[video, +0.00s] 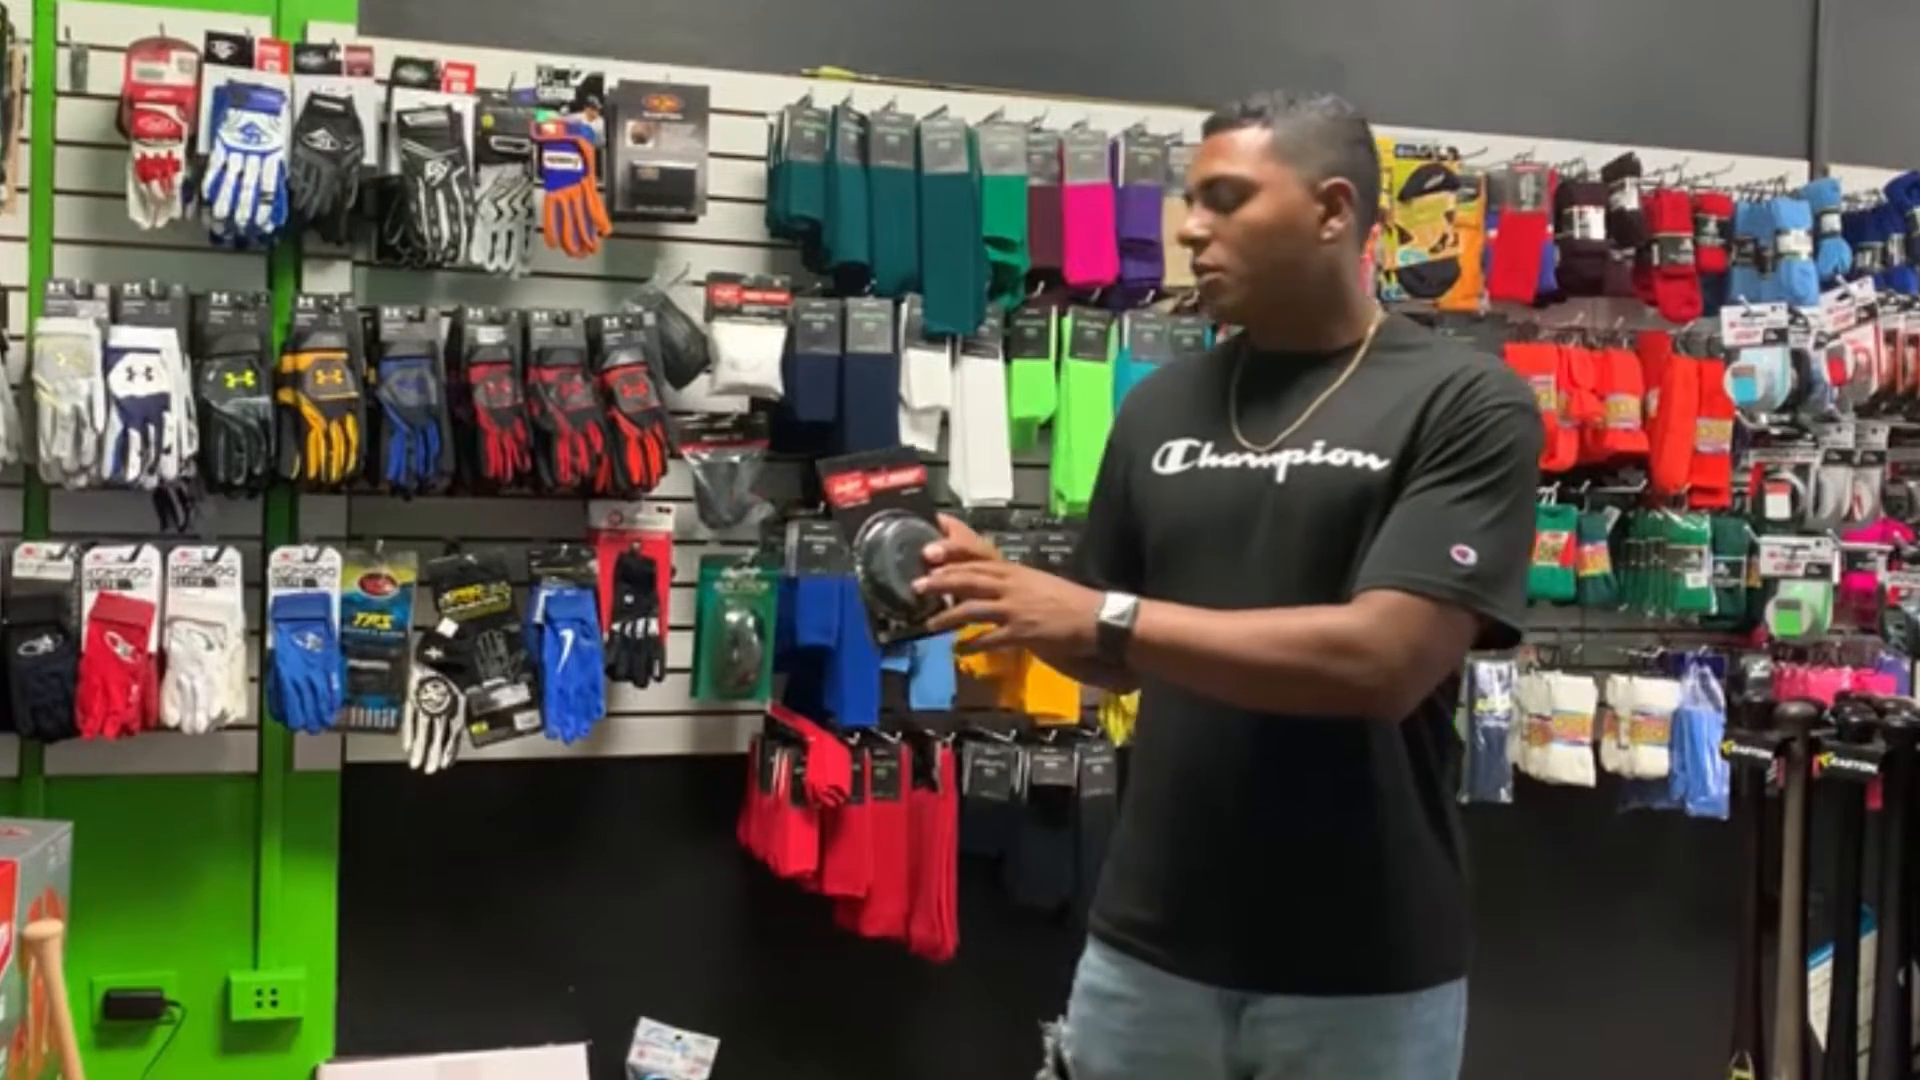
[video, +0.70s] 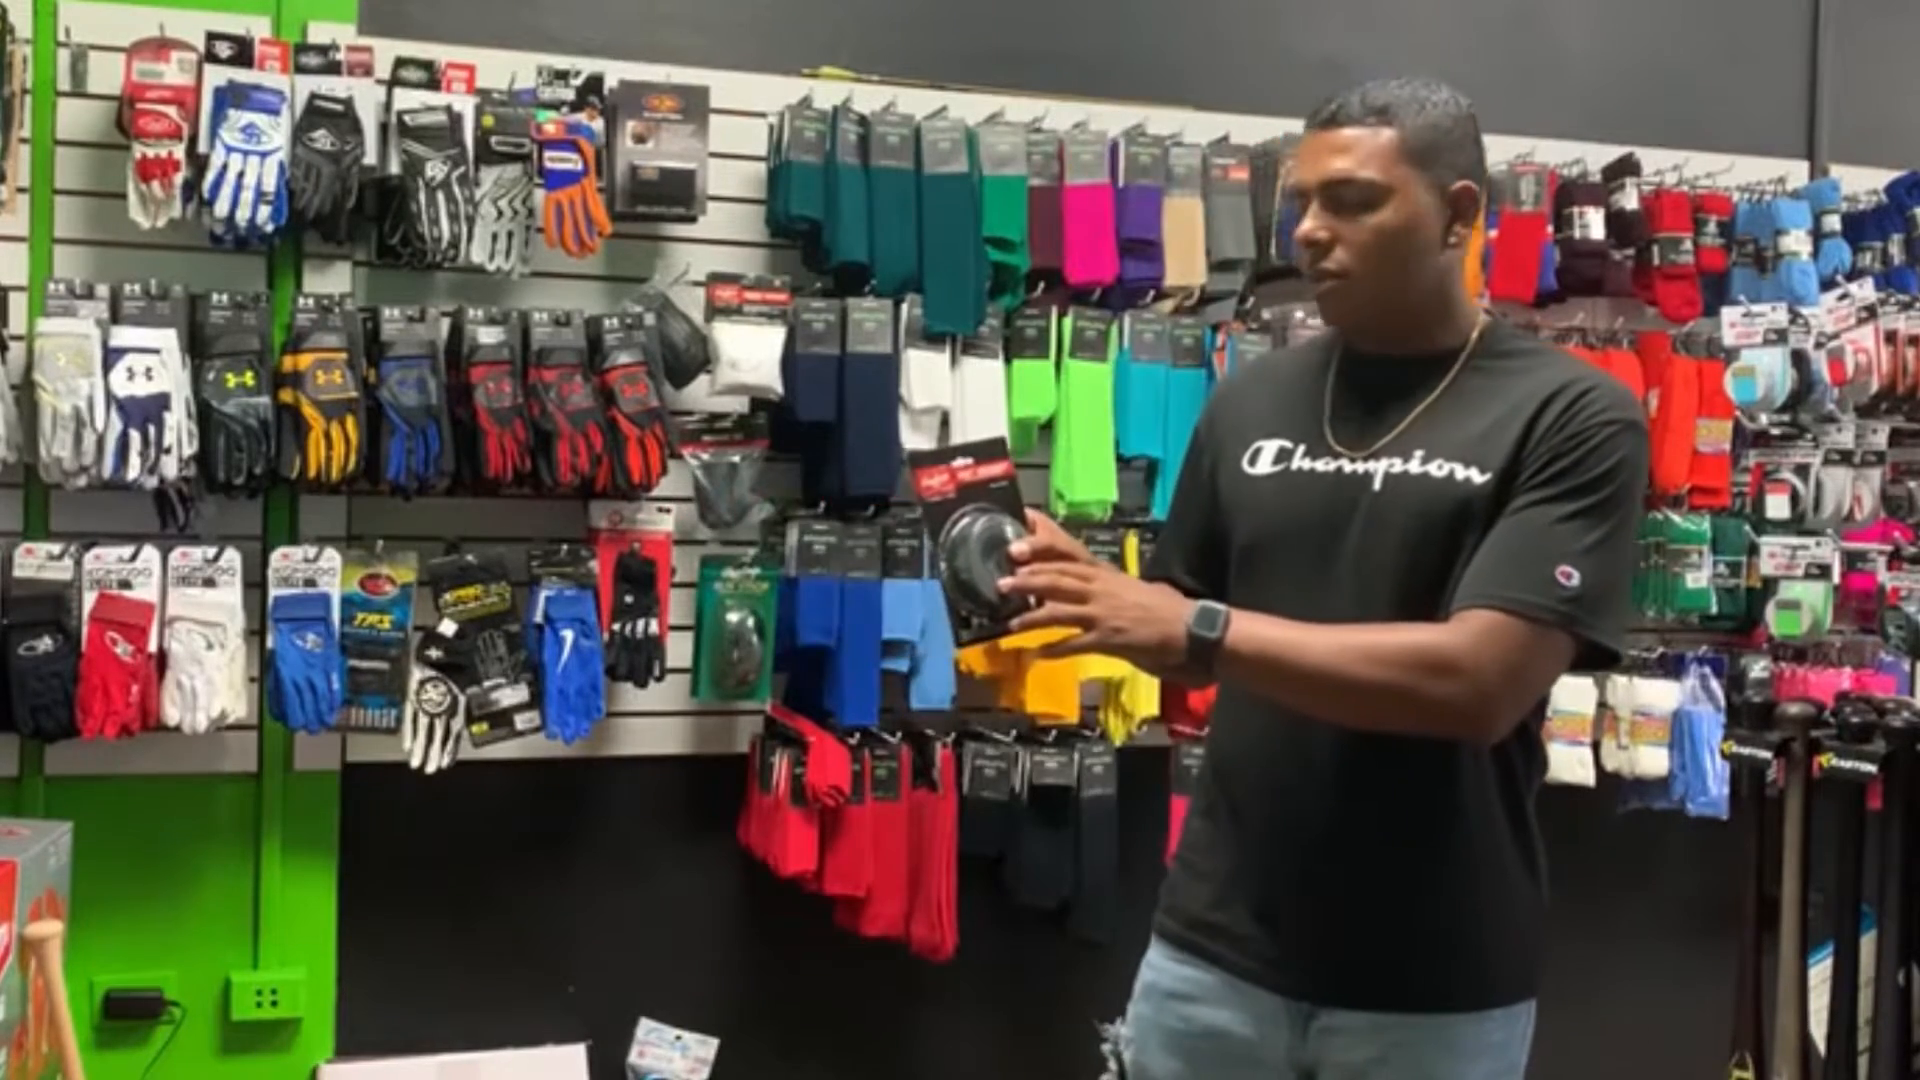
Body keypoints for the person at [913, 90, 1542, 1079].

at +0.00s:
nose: (1190, 230)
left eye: (1224, 197)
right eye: (1190, 202)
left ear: (1333, 213)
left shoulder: (1469, 401)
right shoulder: (1158, 406)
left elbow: (1382, 663)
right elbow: (1115, 659)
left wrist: (1098, 617)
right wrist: (995, 597)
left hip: (1363, 965)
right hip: (1148, 947)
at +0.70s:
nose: (1307, 233)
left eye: (1350, 201)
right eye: (1298, 204)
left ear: (1462, 215)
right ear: (1285, 213)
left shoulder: (1574, 418)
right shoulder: (1248, 400)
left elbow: (1480, 684)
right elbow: (1195, 654)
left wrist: (1192, 624)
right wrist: (1087, 595)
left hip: (1435, 977)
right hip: (1216, 950)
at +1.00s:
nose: (1385, 195)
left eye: (1426, 172)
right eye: (1356, 169)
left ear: (1483, 217)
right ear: (1316, 205)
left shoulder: (1566, 415)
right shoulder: (1236, 399)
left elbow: (1486, 685)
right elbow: (1192, 647)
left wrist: (1196, 631)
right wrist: (1082, 600)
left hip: (1432, 980)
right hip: (1211, 955)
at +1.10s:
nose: (1385, 190)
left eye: (1425, 169)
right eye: (1356, 166)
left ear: (1482, 218)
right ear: (1315, 206)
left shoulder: (1564, 415)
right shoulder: (1234, 397)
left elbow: (1485, 685)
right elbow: (1185, 640)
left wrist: (1197, 632)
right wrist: (1077, 597)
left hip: (1429, 979)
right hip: (1208, 953)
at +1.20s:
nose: (1380, 190)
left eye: (1421, 168)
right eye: (1352, 165)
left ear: (1480, 215)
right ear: (1313, 203)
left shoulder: (1562, 419)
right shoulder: (1230, 394)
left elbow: (1484, 690)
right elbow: (1178, 626)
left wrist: (1195, 632)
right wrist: (1071, 593)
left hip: (1425, 981)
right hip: (1203, 952)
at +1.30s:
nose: (1371, 189)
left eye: (1412, 167)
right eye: (1344, 164)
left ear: (1476, 214)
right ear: (1305, 201)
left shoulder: (1559, 421)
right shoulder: (1229, 384)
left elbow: (1491, 699)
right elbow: (1164, 613)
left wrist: (1198, 638)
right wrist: (1068, 590)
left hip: (1420, 978)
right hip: (1198, 949)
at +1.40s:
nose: (1357, 194)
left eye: (1399, 169)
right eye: (1330, 168)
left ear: (1466, 216)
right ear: (1294, 202)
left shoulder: (1552, 420)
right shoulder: (1222, 384)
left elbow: (1492, 706)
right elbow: (1160, 606)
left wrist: (1202, 649)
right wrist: (1073, 596)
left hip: (1412, 975)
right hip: (1193, 943)